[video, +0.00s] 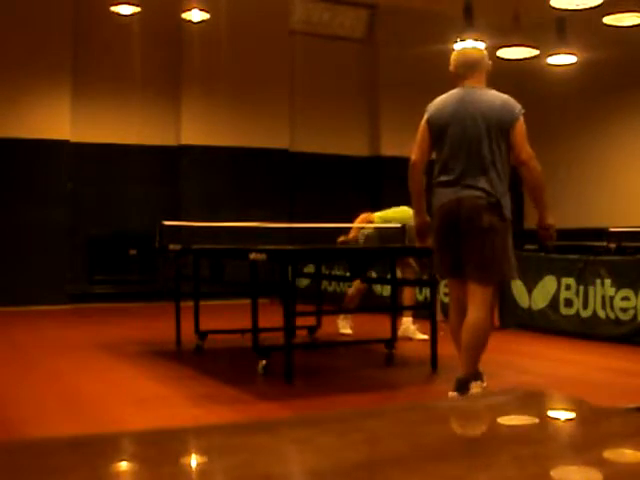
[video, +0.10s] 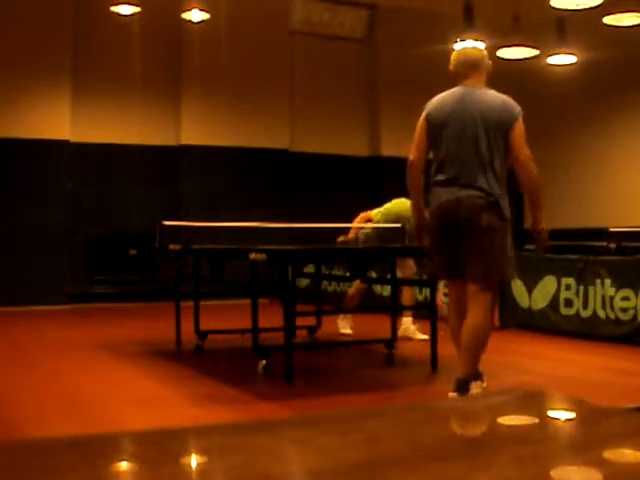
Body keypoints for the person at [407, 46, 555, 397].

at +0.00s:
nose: (486, 71)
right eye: (486, 65)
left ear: (454, 72)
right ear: (485, 69)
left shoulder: (436, 108)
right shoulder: (507, 107)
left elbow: (418, 162)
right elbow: (525, 161)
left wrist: (419, 212)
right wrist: (542, 212)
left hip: (445, 207)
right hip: (487, 208)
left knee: (455, 293)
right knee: (480, 297)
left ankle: (470, 373)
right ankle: (463, 382)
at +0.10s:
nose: (487, 72)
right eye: (486, 67)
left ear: (454, 72)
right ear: (485, 70)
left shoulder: (434, 106)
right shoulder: (506, 107)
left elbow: (415, 161)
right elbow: (524, 163)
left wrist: (417, 210)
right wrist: (537, 212)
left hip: (442, 208)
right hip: (486, 208)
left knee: (456, 292)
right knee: (481, 296)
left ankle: (470, 374)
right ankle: (463, 383)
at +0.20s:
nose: (486, 69)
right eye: (486, 64)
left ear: (454, 71)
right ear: (486, 69)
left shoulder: (434, 105)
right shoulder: (505, 107)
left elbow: (411, 158)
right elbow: (520, 162)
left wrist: (416, 208)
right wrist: (533, 213)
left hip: (442, 208)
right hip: (485, 208)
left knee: (454, 291)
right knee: (481, 294)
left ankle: (471, 373)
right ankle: (463, 382)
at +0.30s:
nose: (486, 70)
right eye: (485, 65)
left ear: (452, 71)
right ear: (486, 69)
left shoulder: (432, 104)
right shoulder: (504, 107)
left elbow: (409, 156)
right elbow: (519, 162)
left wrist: (415, 209)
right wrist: (530, 215)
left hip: (441, 206)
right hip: (483, 207)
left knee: (453, 290)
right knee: (480, 294)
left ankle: (463, 375)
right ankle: (462, 383)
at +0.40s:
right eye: (482, 64)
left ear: (451, 68)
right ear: (484, 68)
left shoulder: (432, 103)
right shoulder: (504, 106)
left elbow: (408, 156)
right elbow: (519, 162)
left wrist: (416, 205)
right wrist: (529, 215)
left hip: (440, 208)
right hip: (484, 208)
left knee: (451, 291)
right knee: (479, 296)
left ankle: (451, 373)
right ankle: (462, 383)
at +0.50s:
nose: (484, 68)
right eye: (483, 64)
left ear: (449, 70)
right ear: (481, 67)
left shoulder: (429, 104)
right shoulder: (502, 105)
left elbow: (408, 155)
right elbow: (517, 160)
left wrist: (414, 205)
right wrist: (529, 215)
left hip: (438, 210)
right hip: (483, 211)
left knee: (446, 290)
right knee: (478, 298)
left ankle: (441, 375)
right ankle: (460, 388)